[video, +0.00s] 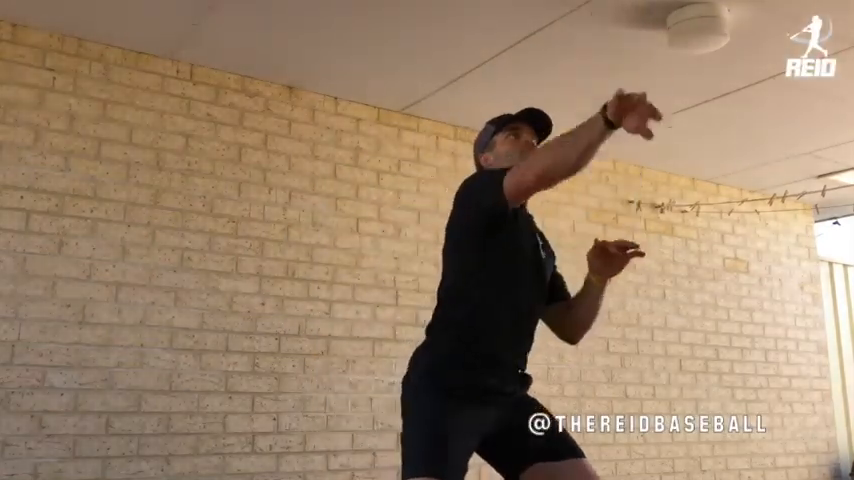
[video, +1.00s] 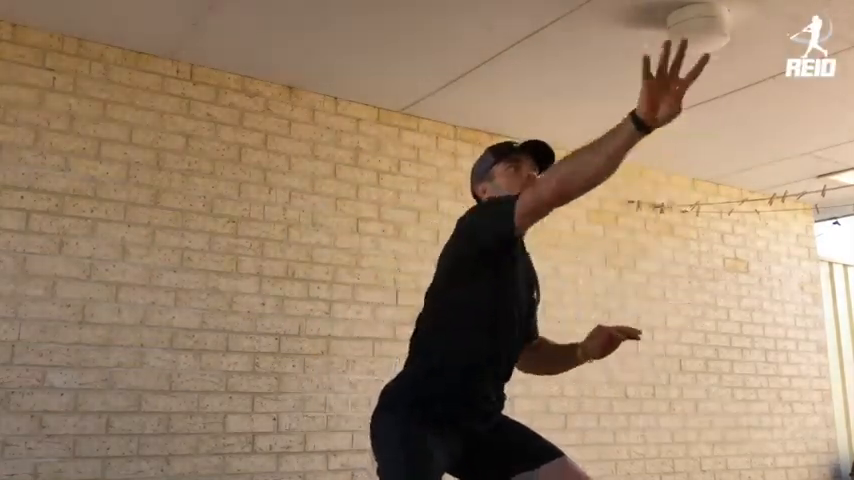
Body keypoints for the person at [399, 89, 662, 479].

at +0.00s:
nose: (529, 145)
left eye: (535, 139)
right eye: (513, 135)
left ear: (541, 153)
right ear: (485, 157)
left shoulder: (534, 243)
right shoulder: (477, 196)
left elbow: (570, 328)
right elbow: (543, 170)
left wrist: (596, 279)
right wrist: (608, 119)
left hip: (503, 393)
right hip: (444, 385)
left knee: (577, 473)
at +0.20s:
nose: (526, 147)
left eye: (528, 143)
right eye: (509, 141)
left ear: (533, 164)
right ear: (482, 165)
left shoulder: (536, 243)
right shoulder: (455, 208)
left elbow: (620, 297)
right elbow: (453, 264)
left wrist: (608, 228)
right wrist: (536, 245)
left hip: (499, 400)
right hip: (434, 396)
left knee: (576, 475)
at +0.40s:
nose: (520, 163)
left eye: (523, 160)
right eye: (504, 158)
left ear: (529, 182)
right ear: (475, 184)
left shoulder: (552, 250)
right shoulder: (435, 240)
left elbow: (651, 217)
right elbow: (367, 302)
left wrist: (714, 150)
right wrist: (425, 304)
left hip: (483, 417)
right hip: (413, 402)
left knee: (568, 478)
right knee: (385, 476)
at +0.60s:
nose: (520, 160)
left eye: (524, 157)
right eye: (504, 154)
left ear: (531, 179)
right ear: (475, 179)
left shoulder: (550, 249)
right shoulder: (437, 241)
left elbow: (648, 267)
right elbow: (386, 319)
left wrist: (668, 206)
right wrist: (460, 309)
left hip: (489, 415)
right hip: (419, 403)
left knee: (570, 475)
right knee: (394, 475)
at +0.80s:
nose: (537, 172)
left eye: (540, 166)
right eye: (519, 164)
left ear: (546, 183)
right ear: (489, 186)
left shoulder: (546, 277)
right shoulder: (464, 226)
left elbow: (575, 350)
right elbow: (463, 233)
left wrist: (629, 352)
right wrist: (562, 220)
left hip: (486, 419)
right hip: (419, 407)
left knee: (570, 475)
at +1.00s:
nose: (532, 177)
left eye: (534, 171)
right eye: (514, 168)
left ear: (542, 182)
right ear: (483, 189)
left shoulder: (522, 272)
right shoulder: (478, 230)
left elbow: (527, 354)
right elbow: (555, 190)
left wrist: (582, 352)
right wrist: (641, 122)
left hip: (478, 423)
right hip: (417, 415)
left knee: (570, 475)